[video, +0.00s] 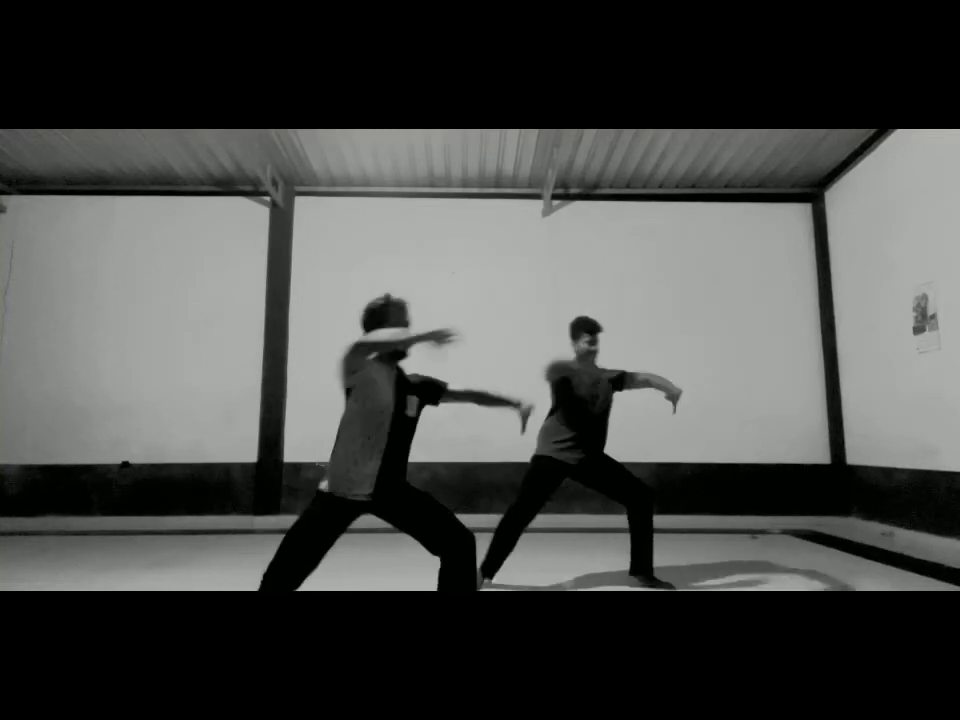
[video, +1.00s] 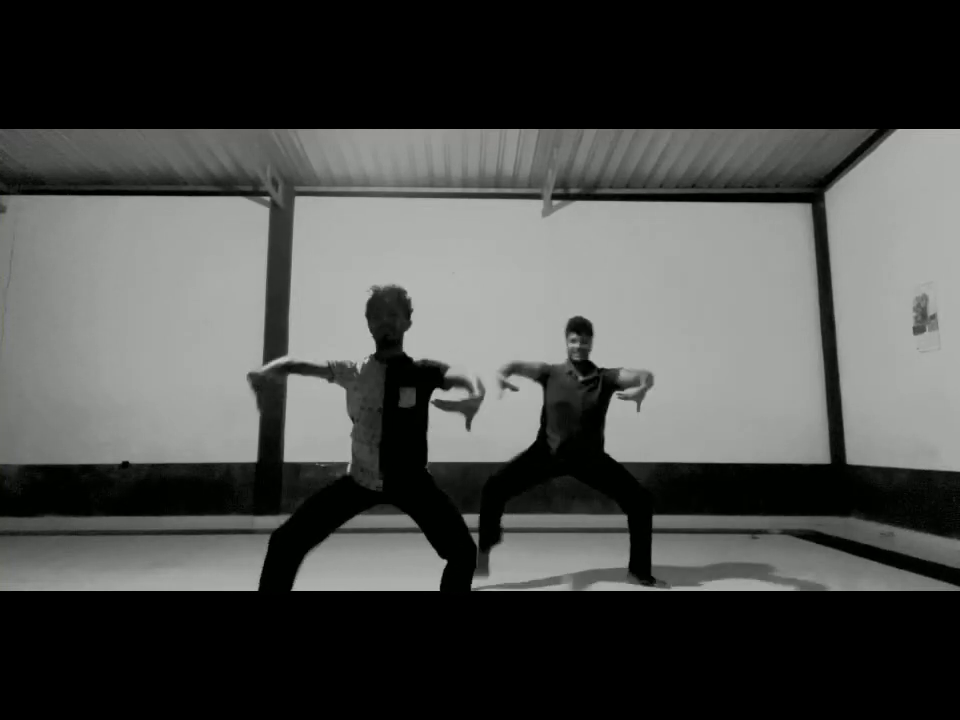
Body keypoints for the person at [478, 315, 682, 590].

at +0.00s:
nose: (592, 342)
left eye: (595, 337)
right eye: (585, 338)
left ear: (599, 341)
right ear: (574, 342)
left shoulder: (607, 378)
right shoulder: (564, 370)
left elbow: (646, 378)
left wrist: (672, 390)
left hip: (589, 457)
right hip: (553, 455)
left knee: (640, 497)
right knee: (522, 511)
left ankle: (642, 572)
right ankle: (485, 574)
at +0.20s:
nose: (620, 366)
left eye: (623, 362)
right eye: (616, 360)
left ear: (618, 361)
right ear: (600, 355)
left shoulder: (602, 387)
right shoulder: (585, 373)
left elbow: (623, 398)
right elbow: (623, 376)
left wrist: (642, 405)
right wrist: (663, 370)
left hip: (572, 453)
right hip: (547, 451)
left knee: (624, 495)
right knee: (518, 510)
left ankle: (641, 571)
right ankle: (481, 574)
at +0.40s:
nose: (593, 361)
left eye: (595, 357)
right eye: (592, 355)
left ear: (577, 349)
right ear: (583, 351)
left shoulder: (579, 376)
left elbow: (613, 387)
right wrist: (642, 424)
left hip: (569, 454)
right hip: (540, 454)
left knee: (623, 493)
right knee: (510, 513)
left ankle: (637, 571)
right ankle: (478, 579)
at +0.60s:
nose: (560, 346)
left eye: (562, 341)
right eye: (553, 341)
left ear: (566, 343)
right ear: (540, 345)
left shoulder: (580, 374)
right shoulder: (532, 380)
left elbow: (620, 367)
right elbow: (528, 408)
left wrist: (636, 374)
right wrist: (567, 416)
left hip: (585, 455)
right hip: (547, 458)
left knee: (638, 497)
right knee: (509, 513)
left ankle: (636, 567)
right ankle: (478, 575)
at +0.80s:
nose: (579, 346)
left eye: (583, 340)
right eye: (573, 341)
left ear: (590, 341)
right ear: (565, 344)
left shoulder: (607, 372)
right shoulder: (551, 374)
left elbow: (649, 360)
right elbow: (510, 370)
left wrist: (638, 368)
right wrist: (541, 371)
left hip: (592, 456)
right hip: (551, 454)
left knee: (643, 502)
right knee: (503, 501)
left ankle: (641, 576)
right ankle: (488, 561)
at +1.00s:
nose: (579, 346)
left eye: (584, 341)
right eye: (574, 341)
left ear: (592, 343)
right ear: (566, 343)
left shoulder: (605, 377)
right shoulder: (550, 373)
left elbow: (645, 376)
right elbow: (515, 366)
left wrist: (641, 389)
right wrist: (502, 376)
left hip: (590, 458)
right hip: (547, 456)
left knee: (639, 500)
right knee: (495, 487)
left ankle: (640, 572)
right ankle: (483, 554)